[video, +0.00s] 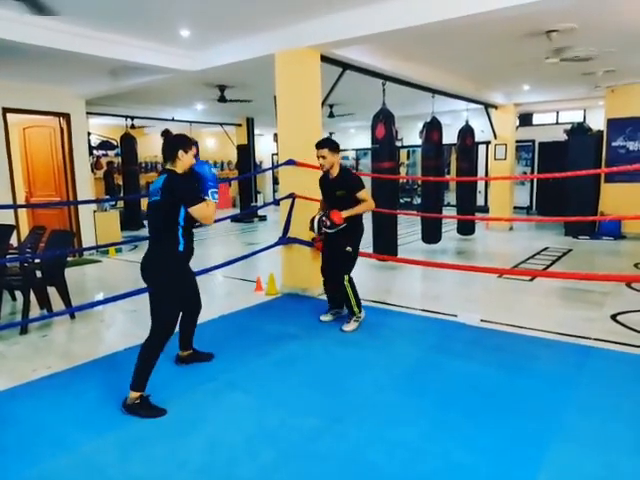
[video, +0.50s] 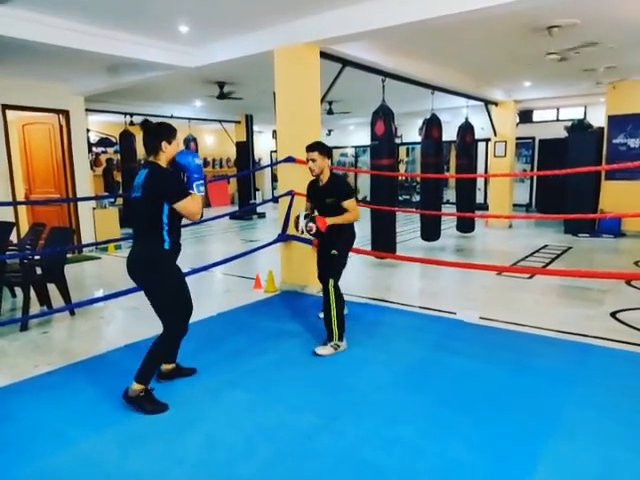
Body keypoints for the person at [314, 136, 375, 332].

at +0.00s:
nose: (320, 162)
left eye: (323, 157)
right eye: (318, 158)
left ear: (336, 156)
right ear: (319, 158)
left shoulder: (351, 178)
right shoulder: (323, 180)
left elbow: (369, 204)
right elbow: (325, 204)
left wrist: (344, 214)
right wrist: (319, 218)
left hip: (351, 229)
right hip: (332, 229)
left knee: (342, 271)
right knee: (327, 270)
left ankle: (357, 313)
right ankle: (336, 307)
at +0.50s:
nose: (310, 165)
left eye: (314, 160)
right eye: (308, 161)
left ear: (327, 160)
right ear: (308, 162)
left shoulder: (340, 183)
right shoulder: (313, 186)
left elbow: (355, 214)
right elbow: (309, 210)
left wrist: (328, 221)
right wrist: (304, 220)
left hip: (343, 232)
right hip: (324, 233)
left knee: (331, 280)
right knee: (324, 276)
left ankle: (336, 339)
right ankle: (333, 307)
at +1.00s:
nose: (307, 150)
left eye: (310, 145)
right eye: (305, 146)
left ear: (321, 144)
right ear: (307, 148)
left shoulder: (335, 166)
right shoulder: (311, 167)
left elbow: (321, 183)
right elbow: (285, 184)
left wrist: (310, 156)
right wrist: (282, 161)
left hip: (336, 228)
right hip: (321, 228)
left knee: (327, 280)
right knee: (321, 278)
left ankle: (336, 335)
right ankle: (335, 317)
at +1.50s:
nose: (296, 147)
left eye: (300, 142)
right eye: (295, 143)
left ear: (314, 141)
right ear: (296, 144)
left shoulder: (327, 165)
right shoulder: (303, 164)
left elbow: (323, 195)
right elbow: (277, 179)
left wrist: (300, 174)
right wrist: (273, 160)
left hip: (329, 226)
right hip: (316, 225)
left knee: (329, 278)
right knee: (325, 275)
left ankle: (338, 332)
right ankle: (339, 313)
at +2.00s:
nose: (268, 151)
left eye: (272, 146)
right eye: (268, 147)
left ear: (285, 145)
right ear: (281, 147)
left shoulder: (289, 165)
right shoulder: (283, 168)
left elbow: (259, 159)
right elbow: (268, 199)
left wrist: (229, 157)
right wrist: (261, 178)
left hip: (300, 229)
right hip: (303, 227)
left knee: (278, 273)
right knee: (317, 271)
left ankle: (265, 326)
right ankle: (342, 312)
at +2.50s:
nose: (217, 147)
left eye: (220, 143)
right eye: (216, 143)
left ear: (232, 140)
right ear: (224, 142)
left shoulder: (245, 159)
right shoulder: (230, 161)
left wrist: (218, 153)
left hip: (250, 223)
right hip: (237, 222)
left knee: (243, 280)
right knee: (228, 274)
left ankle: (259, 327)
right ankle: (218, 318)